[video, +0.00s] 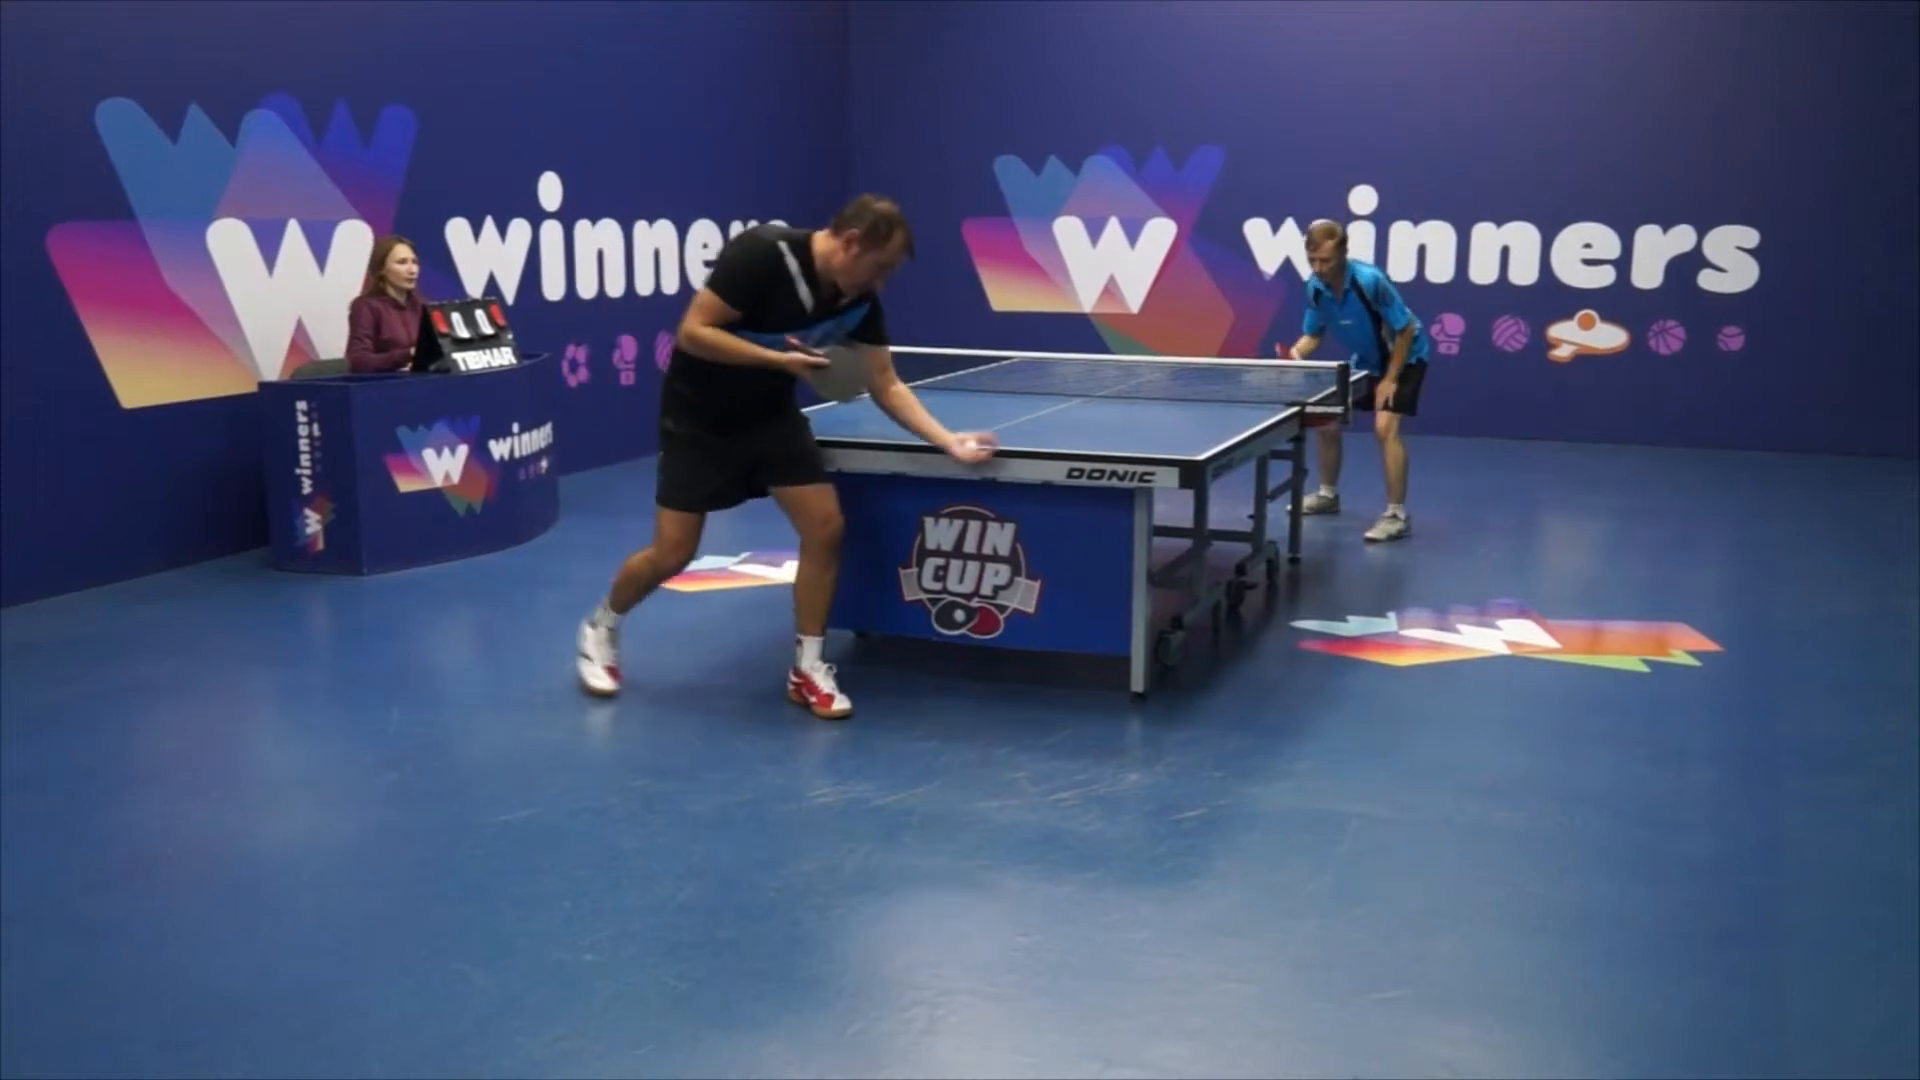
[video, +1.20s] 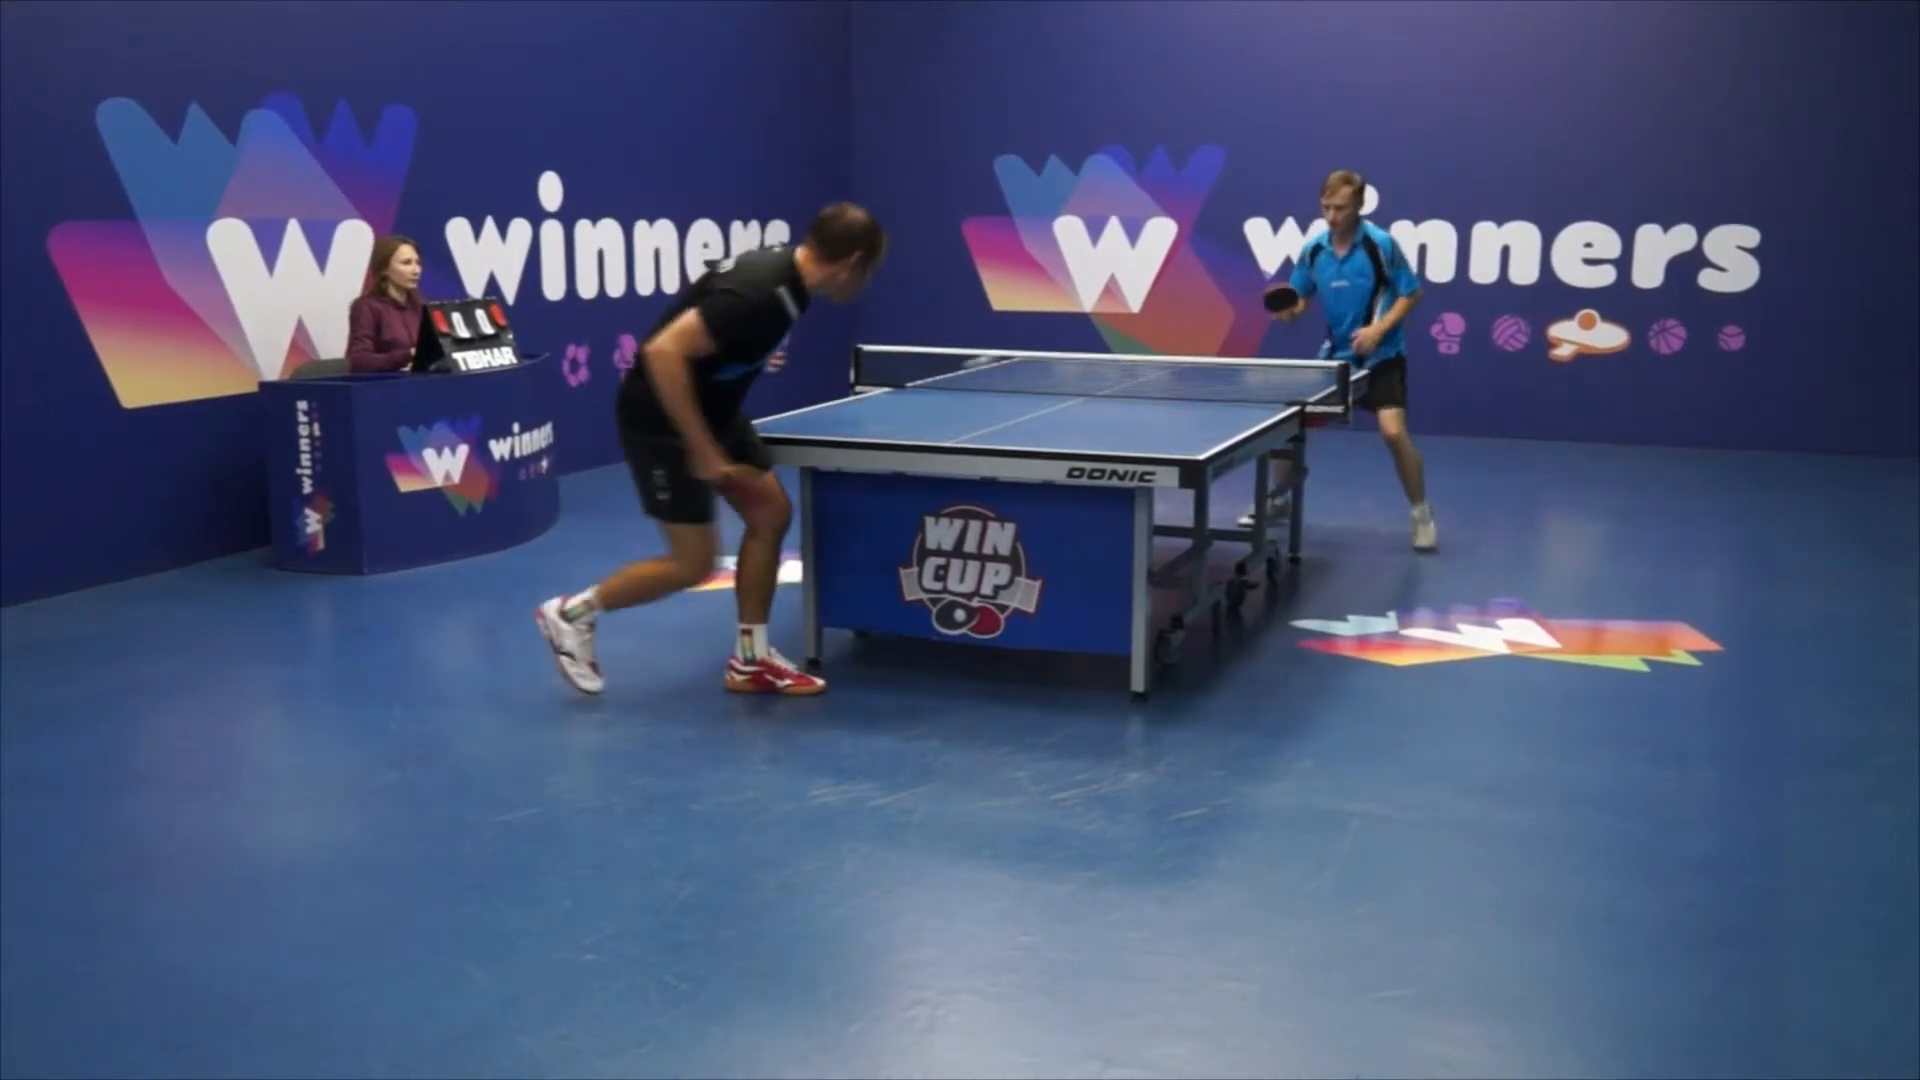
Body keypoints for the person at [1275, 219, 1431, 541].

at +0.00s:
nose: (1319, 268)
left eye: (1326, 260)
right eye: (1314, 261)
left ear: (1343, 254)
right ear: (1308, 257)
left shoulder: (1369, 280)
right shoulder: (1315, 288)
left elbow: (1406, 329)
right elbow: (1312, 334)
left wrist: (1390, 378)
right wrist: (1294, 354)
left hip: (1405, 355)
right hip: (1367, 358)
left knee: (1385, 427)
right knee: (1327, 418)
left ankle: (1396, 513)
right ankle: (1327, 494)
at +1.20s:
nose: (1332, 216)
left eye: (1340, 209)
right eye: (1327, 208)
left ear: (1359, 209)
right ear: (1322, 207)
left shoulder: (1381, 244)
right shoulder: (1314, 249)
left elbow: (1411, 292)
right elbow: (1301, 298)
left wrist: (1379, 329)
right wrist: (1289, 310)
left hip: (1382, 352)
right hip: (1334, 353)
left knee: (1393, 432)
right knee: (1287, 414)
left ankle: (1421, 513)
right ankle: (1278, 499)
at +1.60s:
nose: (1304, 282)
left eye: (1311, 276)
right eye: (1300, 275)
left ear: (1327, 270)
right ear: (1293, 268)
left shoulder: (1345, 291)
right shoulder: (1280, 293)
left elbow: (1391, 320)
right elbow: (1229, 324)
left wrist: (1358, 317)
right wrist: (1227, 342)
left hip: (1346, 381)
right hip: (1296, 383)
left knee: (1380, 446)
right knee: (1252, 446)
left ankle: (1419, 522)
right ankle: (1202, 508)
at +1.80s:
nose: (1323, 248)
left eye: (1330, 241)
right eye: (1318, 239)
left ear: (1345, 238)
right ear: (1311, 235)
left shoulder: (1359, 267)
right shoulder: (1296, 268)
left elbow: (1400, 281)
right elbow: (1249, 296)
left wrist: (1361, 287)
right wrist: (1227, 291)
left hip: (1352, 375)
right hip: (1301, 375)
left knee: (1384, 440)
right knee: (1250, 434)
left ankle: (1420, 522)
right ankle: (1205, 503)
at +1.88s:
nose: (1330, 227)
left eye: (1337, 220)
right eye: (1326, 219)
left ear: (1354, 219)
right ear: (1320, 216)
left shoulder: (1372, 250)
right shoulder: (1307, 250)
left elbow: (1419, 268)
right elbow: (1262, 276)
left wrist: (1381, 284)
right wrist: (1234, 293)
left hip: (1362, 366)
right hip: (1311, 365)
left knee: (1389, 435)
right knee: (1263, 426)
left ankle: (1421, 519)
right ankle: (1228, 495)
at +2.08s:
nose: (1341, 227)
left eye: (1349, 220)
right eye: (1336, 219)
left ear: (1365, 221)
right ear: (1330, 218)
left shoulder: (1387, 261)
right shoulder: (1319, 261)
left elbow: (1427, 297)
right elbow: (1296, 306)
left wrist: (1404, 313)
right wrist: (1277, 314)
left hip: (1375, 372)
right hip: (1328, 371)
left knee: (1393, 441)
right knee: (1286, 420)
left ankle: (1431, 519)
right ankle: (1284, 491)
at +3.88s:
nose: (1297, 219)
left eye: (1302, 212)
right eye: (1293, 213)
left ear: (1322, 210)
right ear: (1293, 216)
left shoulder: (1349, 233)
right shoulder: (1301, 260)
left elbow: (1389, 238)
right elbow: (1283, 309)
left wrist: (1349, 244)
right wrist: (1241, 296)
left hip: (1387, 327)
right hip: (1354, 338)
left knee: (1384, 401)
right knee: (1350, 413)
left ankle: (1399, 479)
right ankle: (1375, 478)